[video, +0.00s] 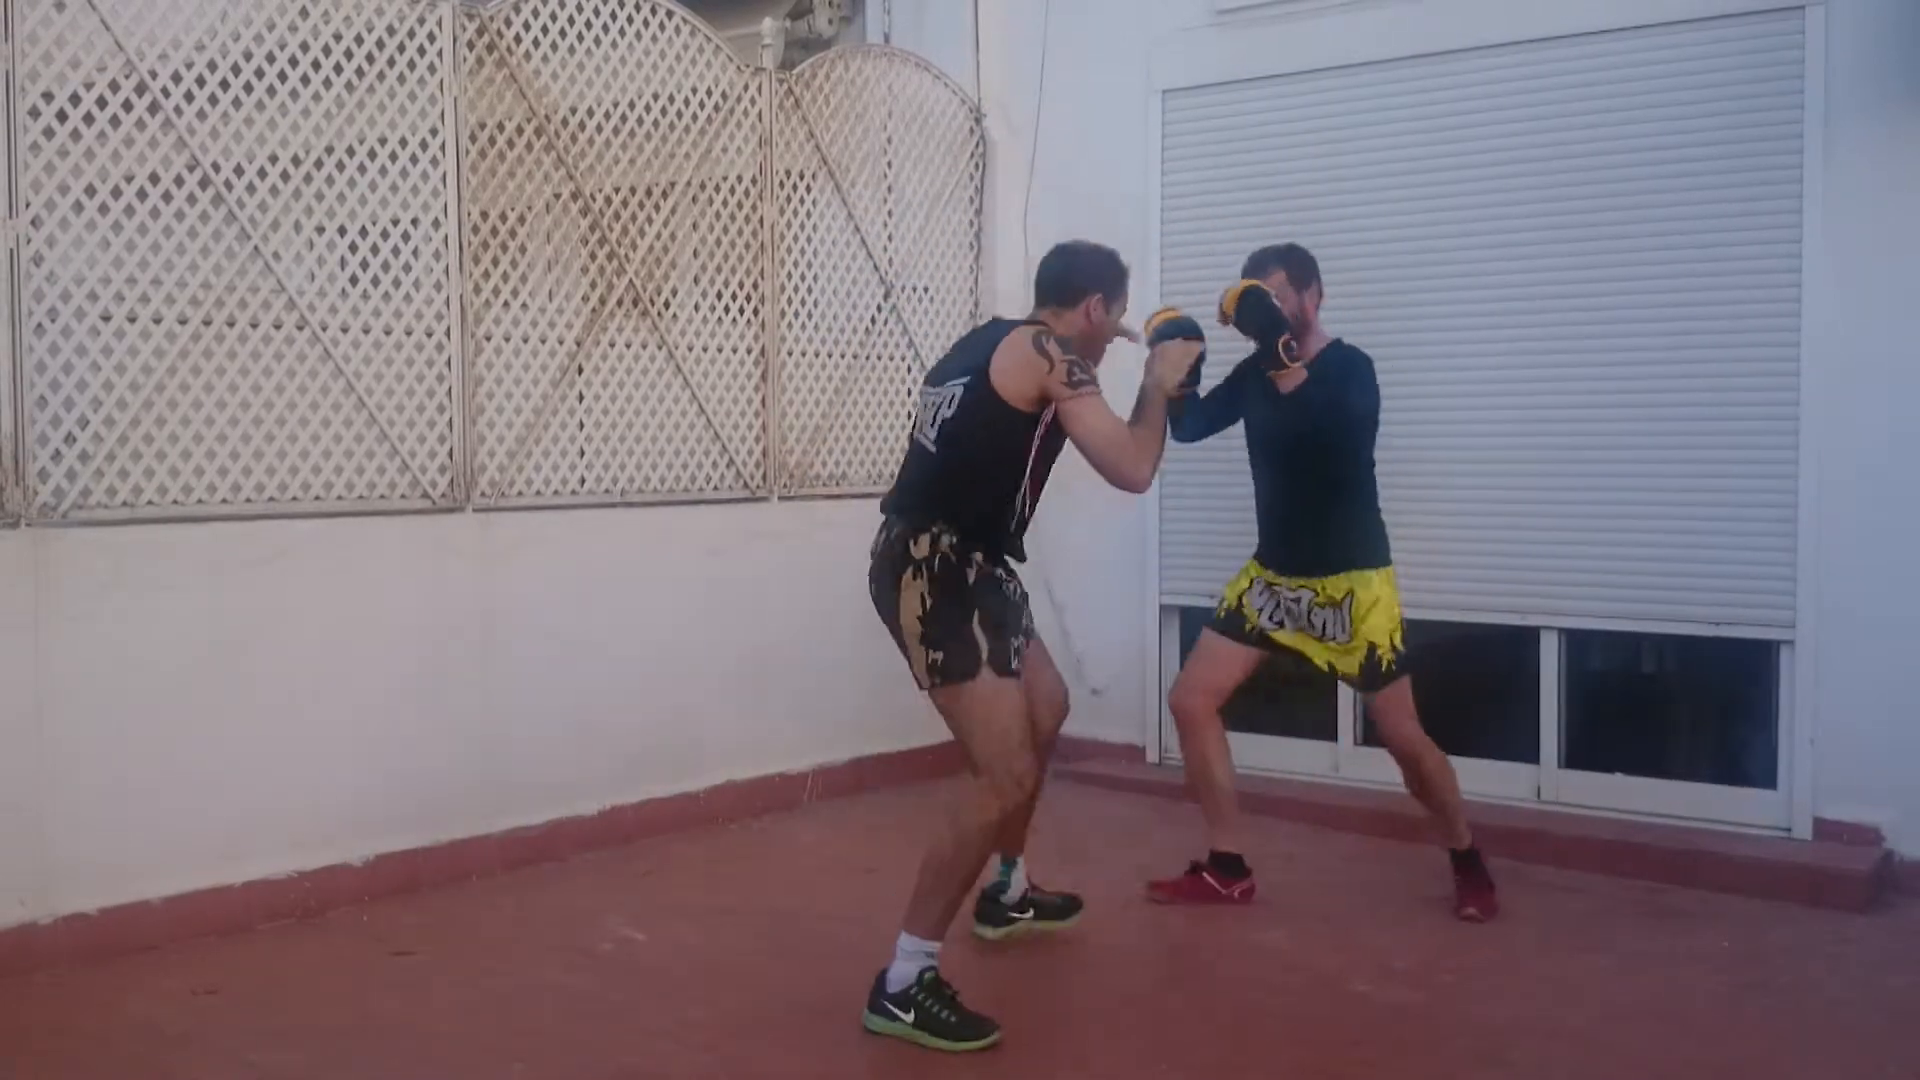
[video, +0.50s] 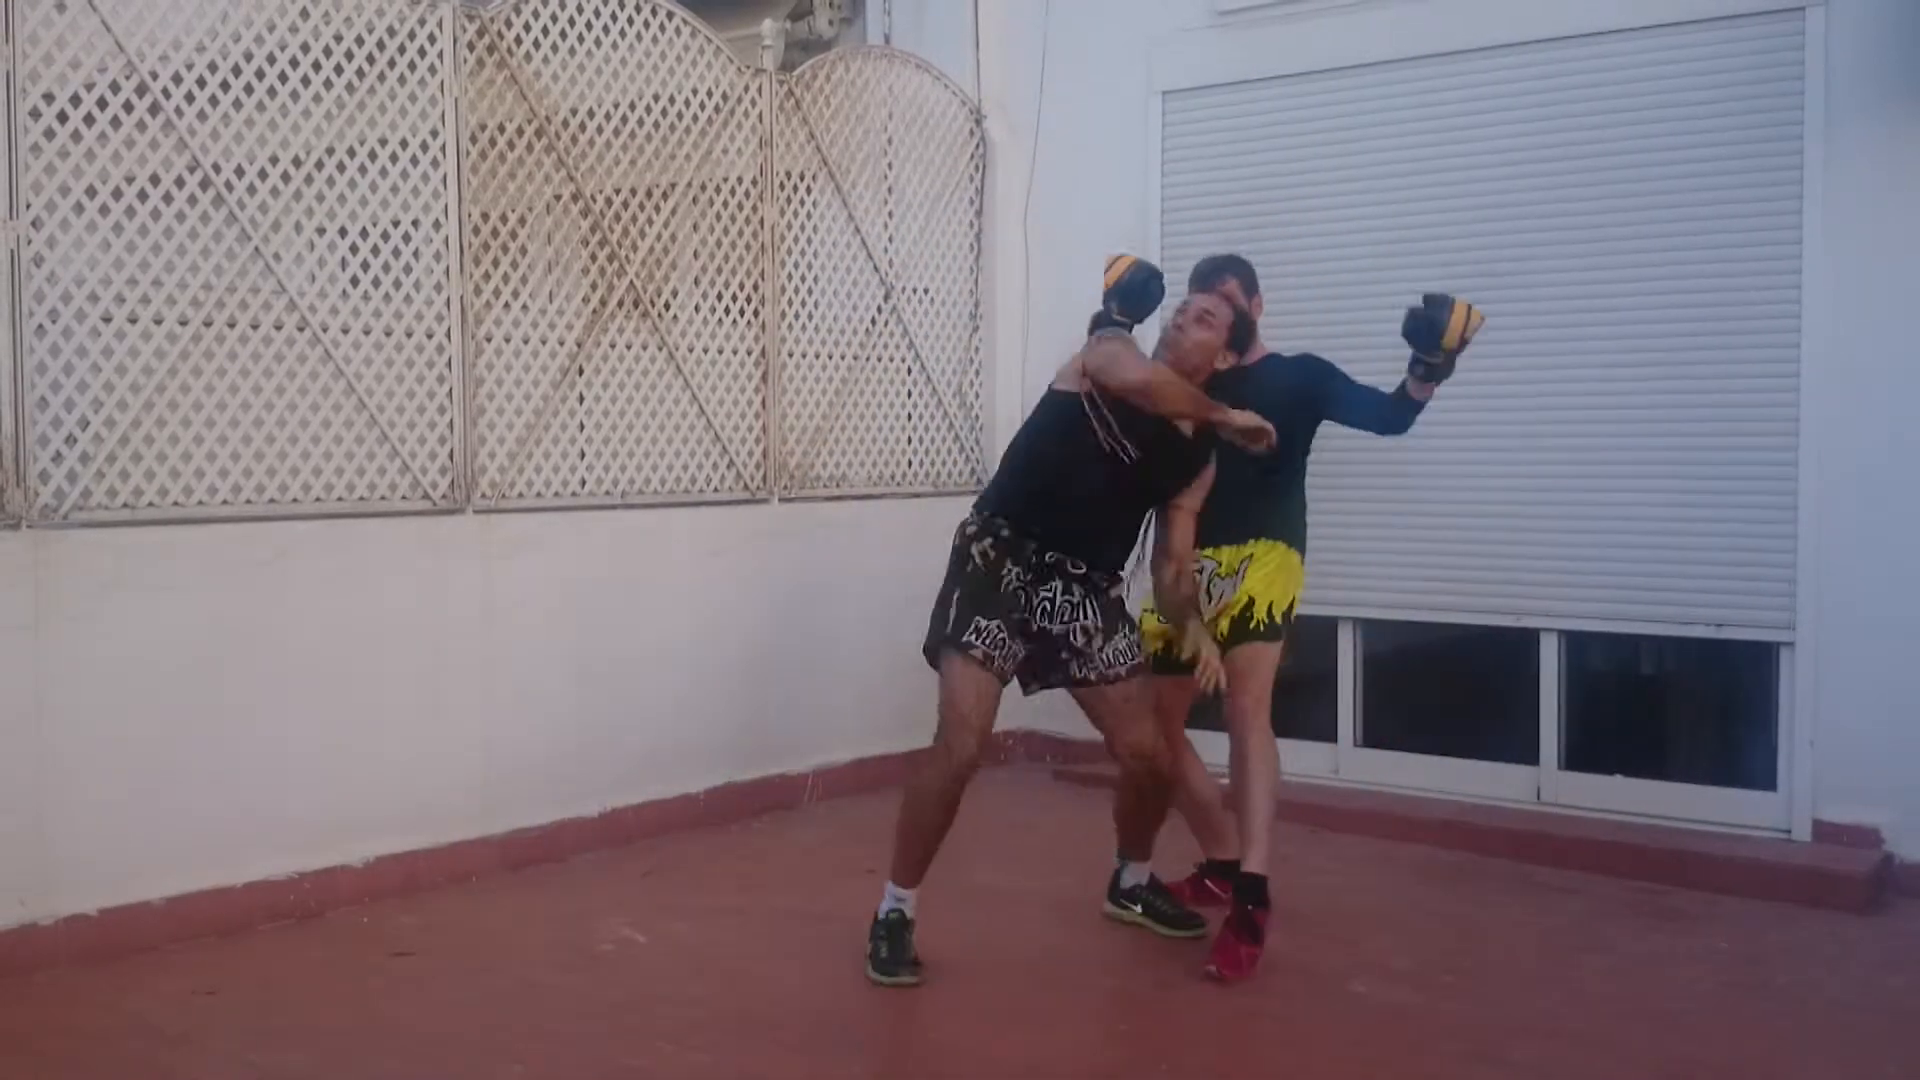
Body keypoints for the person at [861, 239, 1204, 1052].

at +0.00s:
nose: (1119, 326)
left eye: (1118, 313)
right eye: (1117, 312)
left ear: (1050, 298)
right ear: (1090, 307)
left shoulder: (995, 339)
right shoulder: (1043, 359)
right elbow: (1132, 467)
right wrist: (1163, 383)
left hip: (966, 558)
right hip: (936, 563)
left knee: (1044, 705)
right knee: (1007, 781)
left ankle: (1003, 893)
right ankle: (902, 983)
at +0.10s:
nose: (1157, 416)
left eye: (1160, 403)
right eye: (1157, 402)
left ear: (1110, 385)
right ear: (1129, 390)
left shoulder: (1055, 418)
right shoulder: (1068, 412)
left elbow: (1085, 522)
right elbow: (1170, 510)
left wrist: (1173, 476)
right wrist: (1200, 440)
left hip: (976, 601)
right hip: (934, 602)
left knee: (1059, 733)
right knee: (1020, 788)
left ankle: (1092, 875)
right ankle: (903, 986)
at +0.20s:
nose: (1197, 464)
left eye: (1202, 454)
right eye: (1200, 452)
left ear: (1162, 434)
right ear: (1175, 435)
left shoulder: (1118, 470)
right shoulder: (1102, 435)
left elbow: (1163, 573)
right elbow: (1152, 535)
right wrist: (1208, 477)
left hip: (1005, 610)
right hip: (949, 598)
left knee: (1082, 751)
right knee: (1015, 781)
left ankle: (1117, 891)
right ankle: (904, 983)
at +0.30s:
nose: (1216, 480)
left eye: (1221, 472)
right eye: (1221, 469)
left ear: (1193, 441)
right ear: (1208, 445)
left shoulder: (1155, 499)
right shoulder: (1130, 431)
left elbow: (1188, 608)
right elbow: (1147, 526)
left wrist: (1290, 627)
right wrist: (1227, 483)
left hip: (1034, 601)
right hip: (967, 577)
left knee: (1120, 729)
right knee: (993, 761)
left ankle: (1120, 889)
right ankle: (894, 964)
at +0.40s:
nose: (1251, 429)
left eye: (1257, 415)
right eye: (1245, 409)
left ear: (1219, 406)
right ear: (1199, 388)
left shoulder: (1173, 486)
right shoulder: (1126, 395)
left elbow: (1186, 594)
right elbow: (1149, 472)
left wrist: (1269, 652)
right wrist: (1239, 458)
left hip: (1058, 592)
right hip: (982, 559)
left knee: (1137, 732)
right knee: (987, 748)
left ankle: (1119, 886)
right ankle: (884, 897)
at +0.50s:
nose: (1193, 322)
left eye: (1211, 321)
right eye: (1189, 311)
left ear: (1226, 355)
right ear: (1165, 323)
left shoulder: (1195, 451)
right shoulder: (1108, 349)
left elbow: (1176, 564)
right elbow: (1140, 384)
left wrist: (1193, 625)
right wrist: (1219, 413)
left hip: (1086, 586)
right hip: (999, 557)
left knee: (1147, 752)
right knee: (963, 744)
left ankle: (1132, 882)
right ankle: (895, 911)